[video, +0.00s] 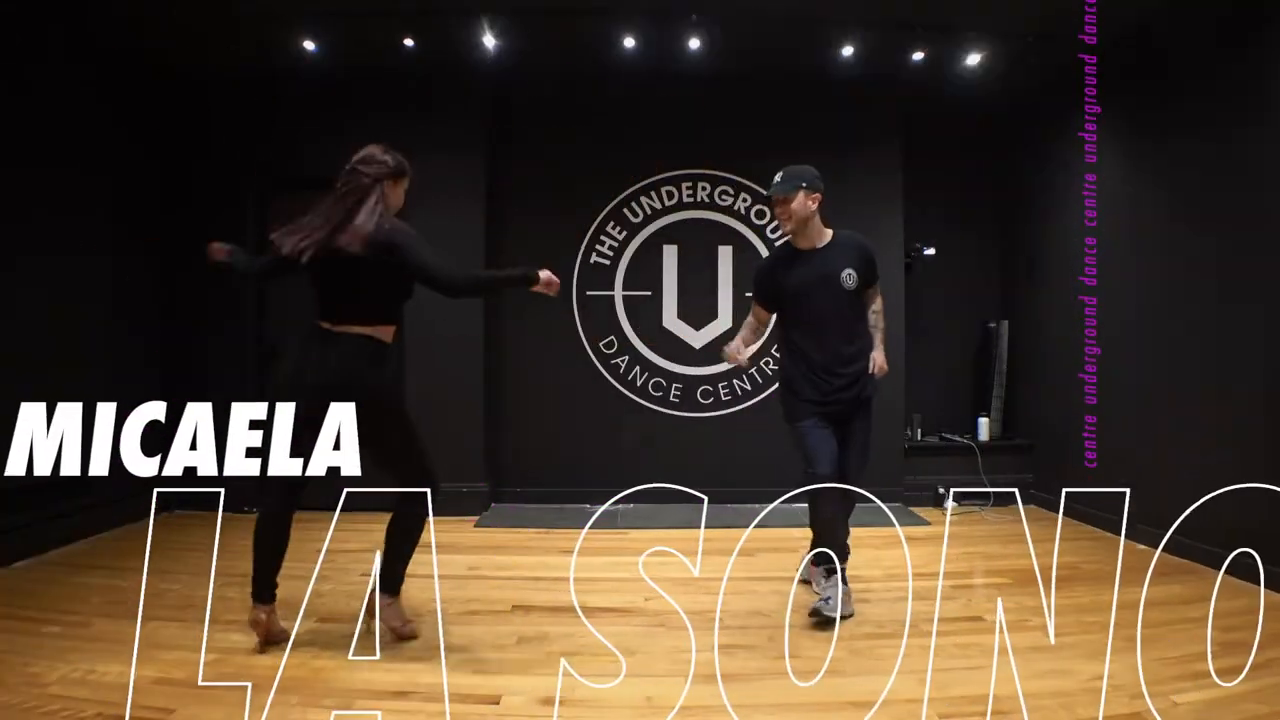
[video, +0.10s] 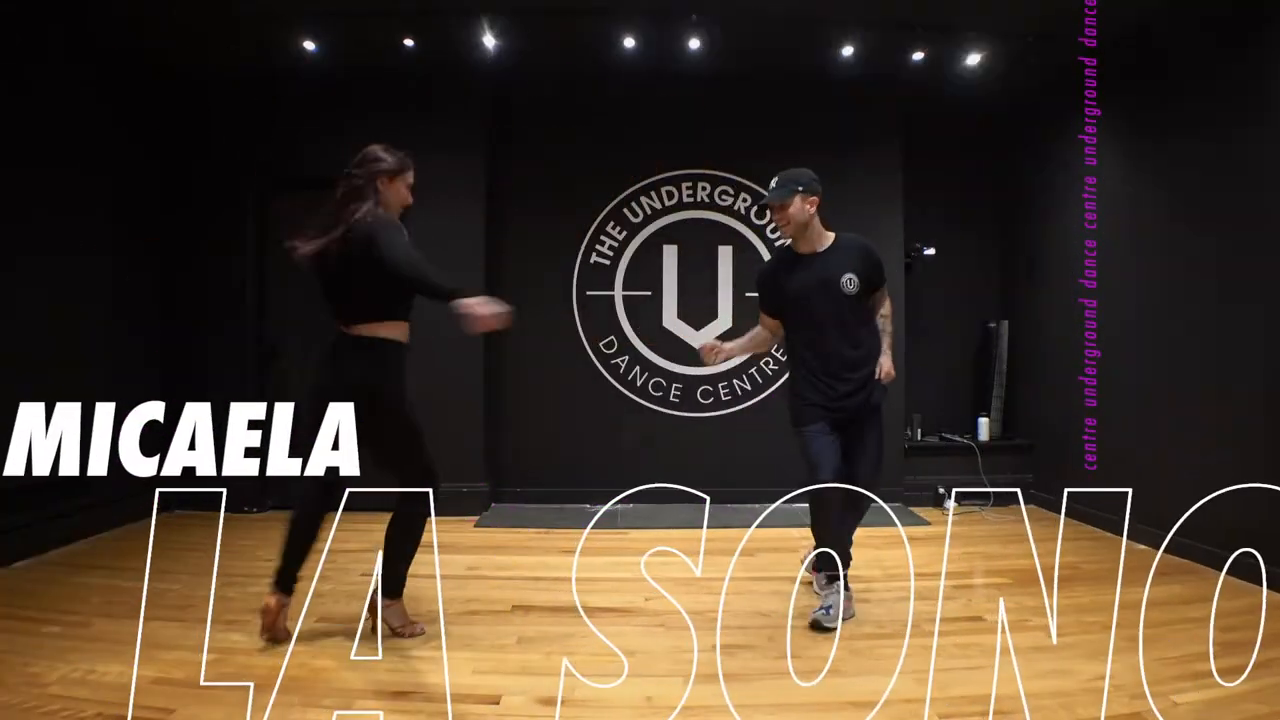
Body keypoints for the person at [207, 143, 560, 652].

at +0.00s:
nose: (404, 197)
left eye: (404, 188)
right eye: (402, 188)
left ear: (354, 184)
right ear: (386, 188)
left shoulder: (320, 231)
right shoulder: (394, 236)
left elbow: (263, 268)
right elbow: (451, 283)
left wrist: (231, 255)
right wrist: (528, 277)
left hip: (316, 364)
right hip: (371, 370)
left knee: (282, 484)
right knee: (417, 487)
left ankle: (262, 605)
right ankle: (387, 596)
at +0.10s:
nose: (411, 195)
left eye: (410, 186)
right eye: (406, 186)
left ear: (371, 185)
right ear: (383, 184)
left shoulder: (342, 232)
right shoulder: (383, 228)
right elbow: (409, 272)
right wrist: (461, 298)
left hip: (341, 367)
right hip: (378, 371)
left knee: (325, 483)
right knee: (419, 486)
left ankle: (281, 591)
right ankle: (389, 598)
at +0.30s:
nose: (423, 184)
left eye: (422, 175)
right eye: (415, 174)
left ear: (392, 180)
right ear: (386, 177)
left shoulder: (393, 235)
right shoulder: (369, 225)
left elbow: (424, 307)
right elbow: (326, 269)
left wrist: (492, 312)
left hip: (390, 362)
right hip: (375, 362)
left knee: (406, 474)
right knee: (422, 470)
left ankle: (380, 577)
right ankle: (384, 590)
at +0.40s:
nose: (436, 177)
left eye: (435, 168)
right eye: (426, 167)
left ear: (417, 177)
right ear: (395, 172)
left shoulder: (429, 239)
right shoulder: (359, 228)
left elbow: (476, 301)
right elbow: (300, 288)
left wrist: (528, 304)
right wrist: (241, 352)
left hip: (420, 369)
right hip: (370, 366)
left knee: (444, 484)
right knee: (374, 486)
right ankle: (384, 596)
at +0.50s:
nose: (443, 171)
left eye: (443, 163)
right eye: (434, 162)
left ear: (428, 171)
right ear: (403, 167)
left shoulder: (445, 230)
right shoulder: (357, 227)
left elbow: (462, 288)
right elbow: (307, 294)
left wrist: (485, 287)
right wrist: (260, 364)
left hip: (432, 364)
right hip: (371, 362)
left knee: (431, 491)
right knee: (376, 490)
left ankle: (445, 624)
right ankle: (391, 597)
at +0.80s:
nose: (397, 161)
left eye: (404, 153)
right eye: (401, 152)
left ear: (420, 161)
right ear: (439, 165)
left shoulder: (416, 223)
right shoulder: (453, 224)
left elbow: (361, 292)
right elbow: (476, 296)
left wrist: (337, 255)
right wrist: (438, 325)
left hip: (421, 371)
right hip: (442, 369)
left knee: (397, 496)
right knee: (424, 497)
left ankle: (446, 635)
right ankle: (452, 625)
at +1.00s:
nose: (469, 175)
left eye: (458, 161)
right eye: (470, 166)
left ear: (419, 172)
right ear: (478, 176)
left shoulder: (392, 224)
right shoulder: (487, 225)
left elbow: (370, 315)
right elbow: (543, 283)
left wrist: (411, 319)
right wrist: (497, 300)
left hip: (410, 362)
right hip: (470, 364)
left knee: (415, 503)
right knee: (456, 483)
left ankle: (428, 646)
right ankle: (450, 591)